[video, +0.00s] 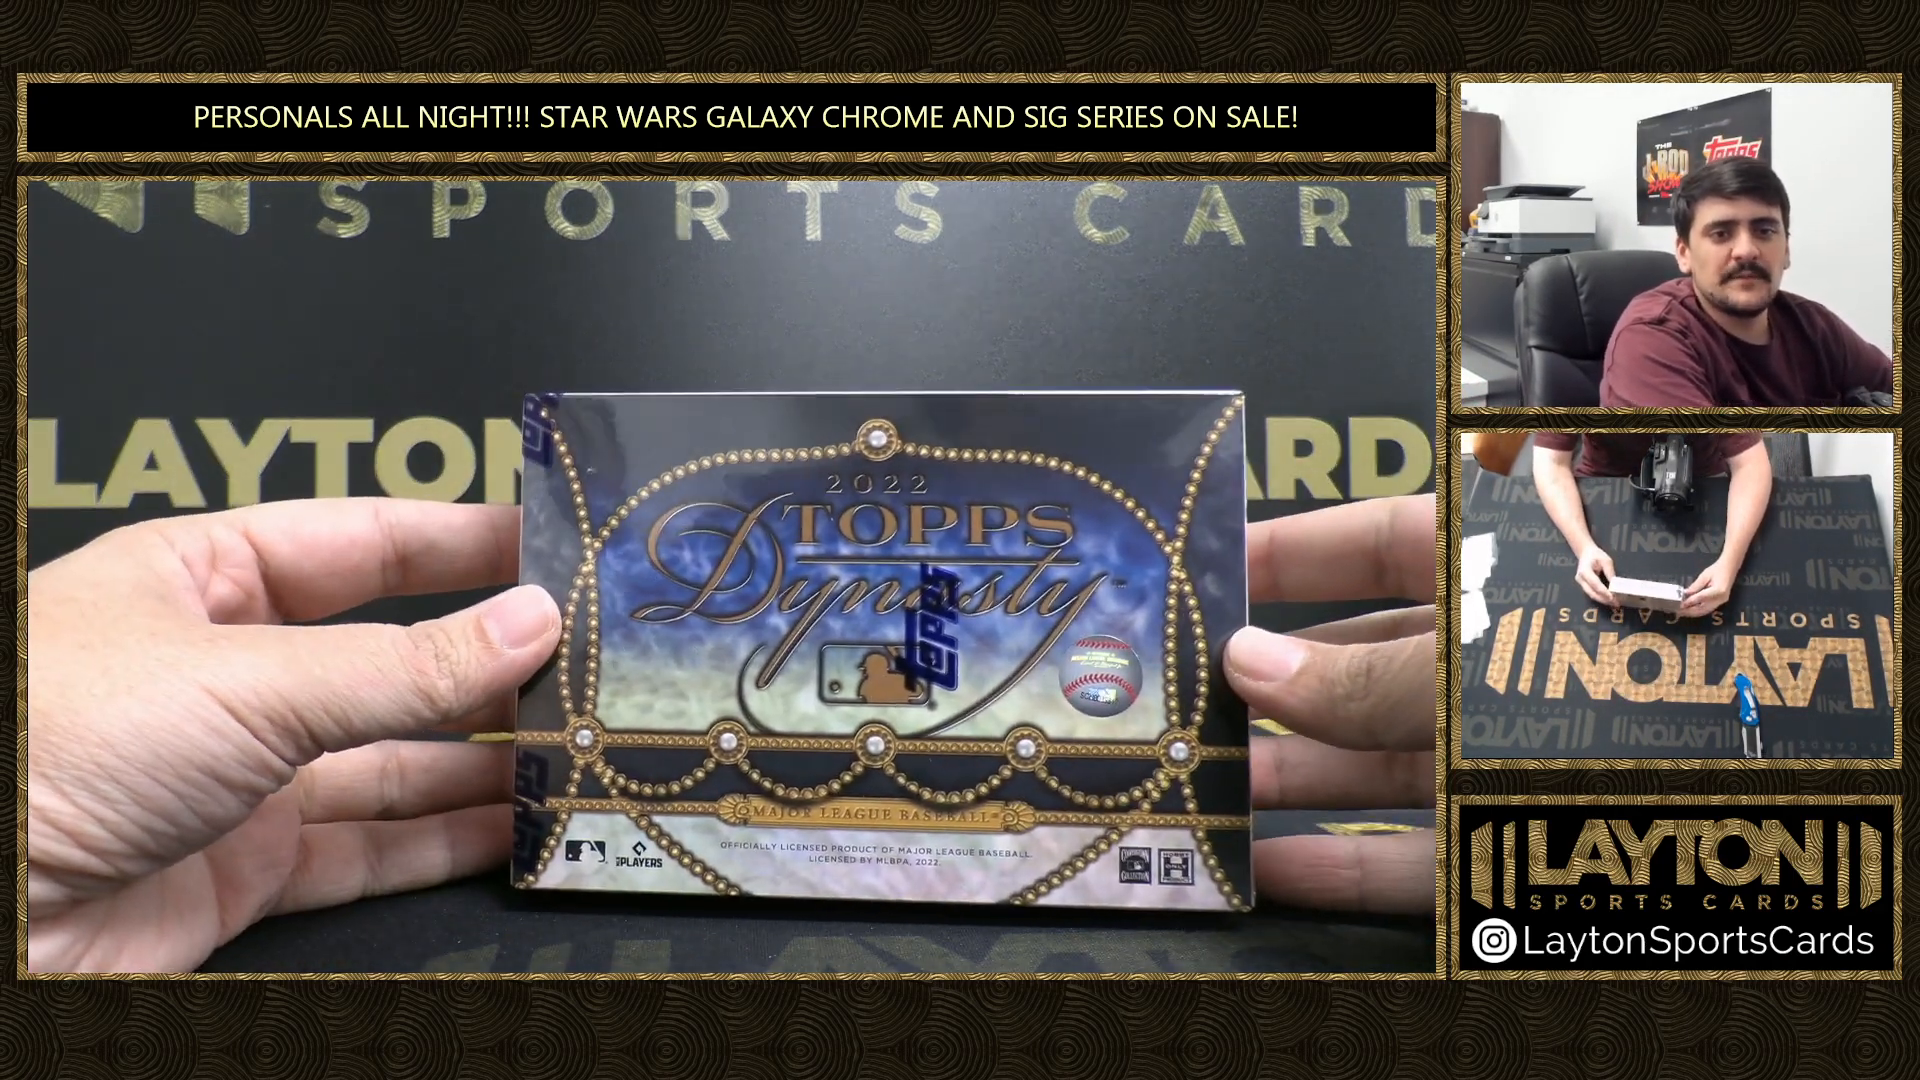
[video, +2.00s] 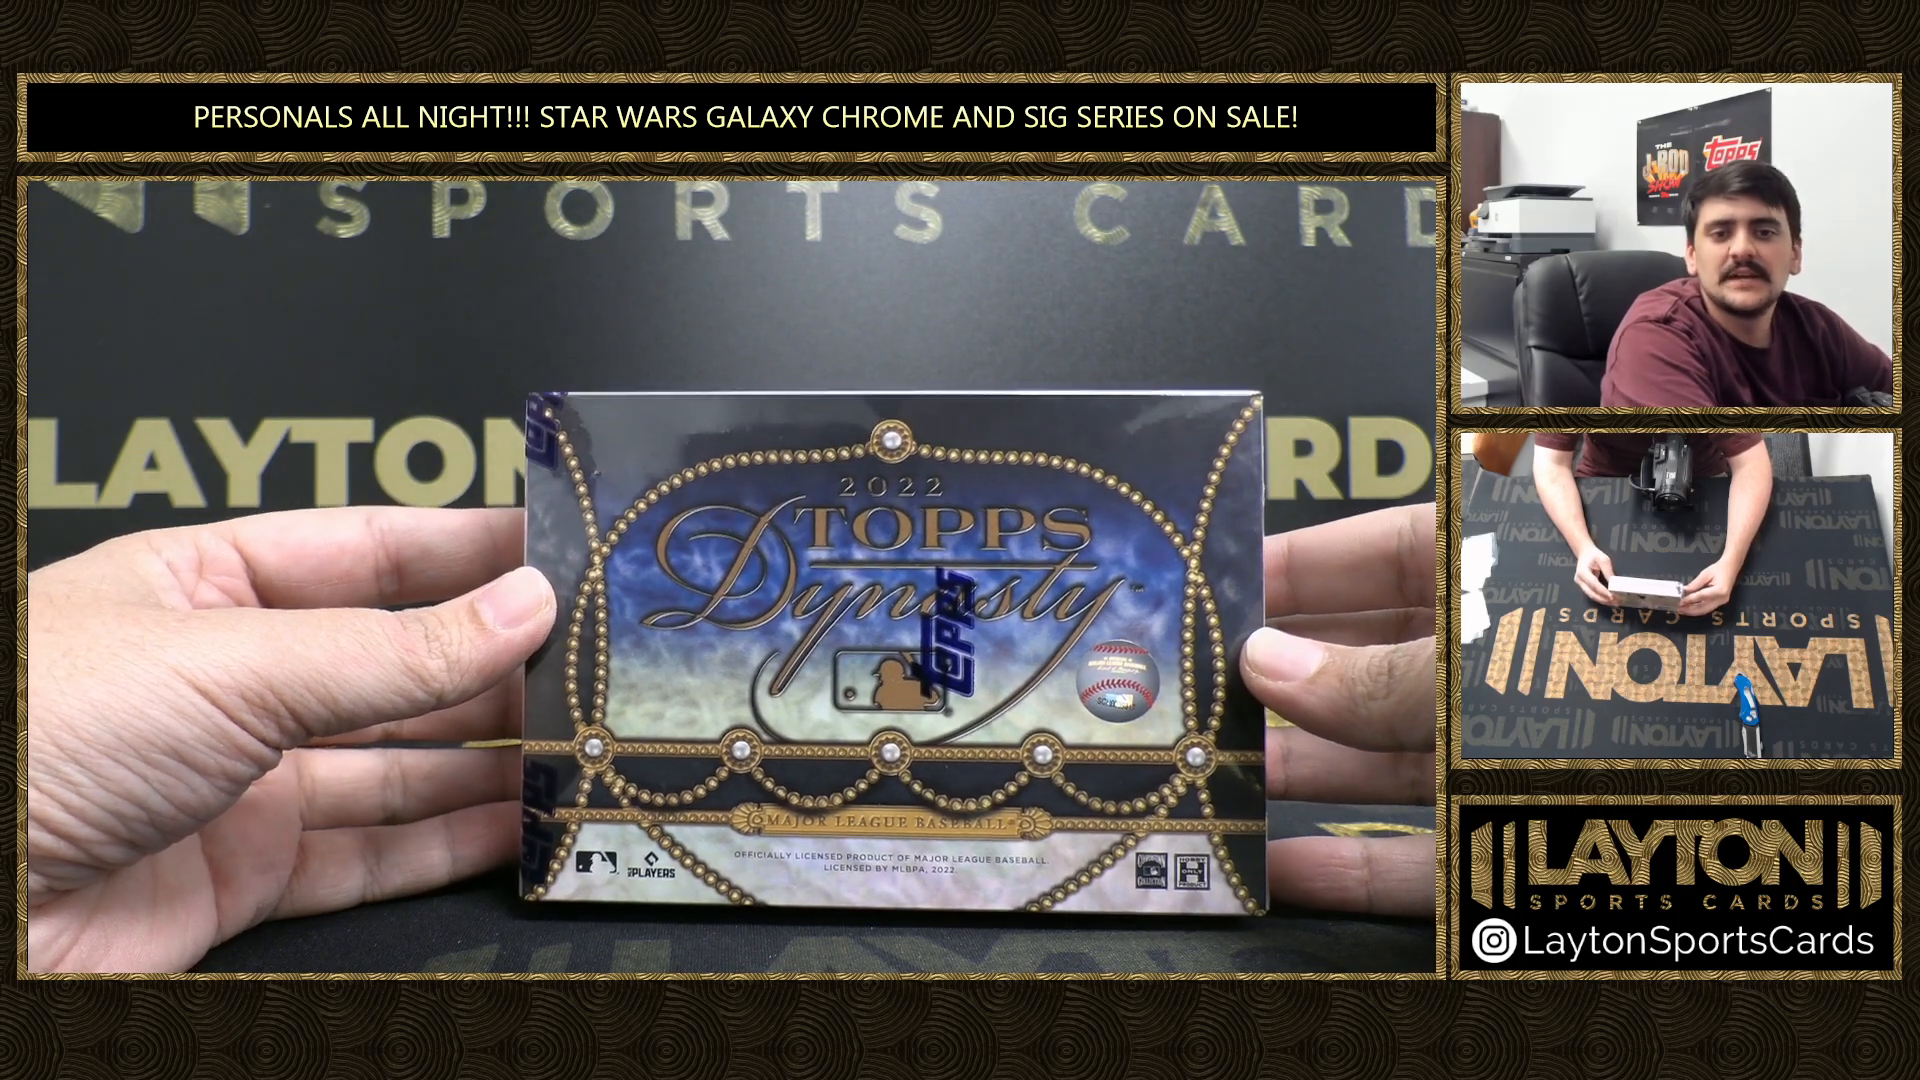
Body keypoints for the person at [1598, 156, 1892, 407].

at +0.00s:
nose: (1746, 250)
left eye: (1763, 231)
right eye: (1721, 234)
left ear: (1786, 250)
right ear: (1684, 254)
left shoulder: (1814, 329)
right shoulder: (1651, 335)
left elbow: (1895, 387)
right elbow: (1744, 461)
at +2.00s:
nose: (1742, 249)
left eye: (1764, 232)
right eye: (1721, 233)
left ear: (1795, 254)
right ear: (1691, 256)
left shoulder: (1817, 329)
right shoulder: (1655, 334)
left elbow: (1897, 390)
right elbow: (1746, 461)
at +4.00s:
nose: (1749, 252)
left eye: (1771, 235)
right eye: (1729, 233)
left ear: (1800, 256)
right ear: (1696, 251)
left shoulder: (1818, 329)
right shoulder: (1656, 333)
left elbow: (1896, 387)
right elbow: (1746, 460)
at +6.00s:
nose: (1754, 249)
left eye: (1775, 232)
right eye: (1732, 232)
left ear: (1799, 254)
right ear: (1696, 250)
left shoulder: (1818, 328)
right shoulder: (1658, 332)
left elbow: (1896, 388)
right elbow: (1746, 460)